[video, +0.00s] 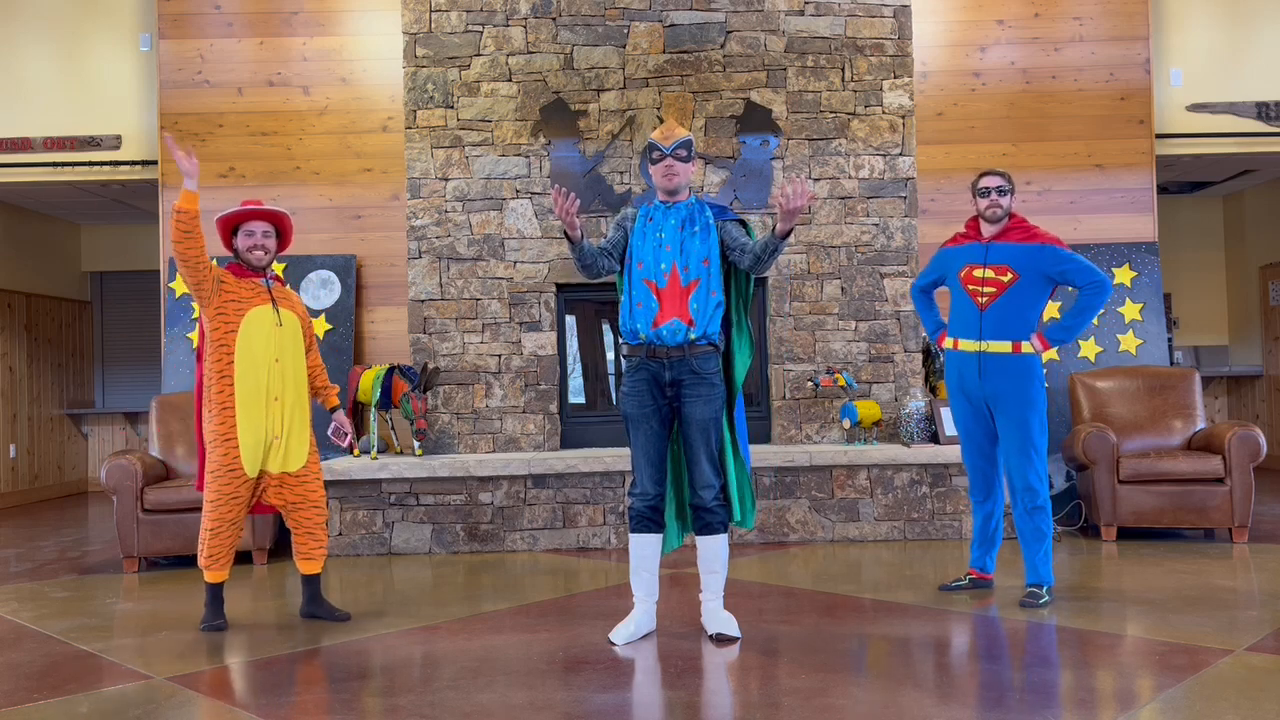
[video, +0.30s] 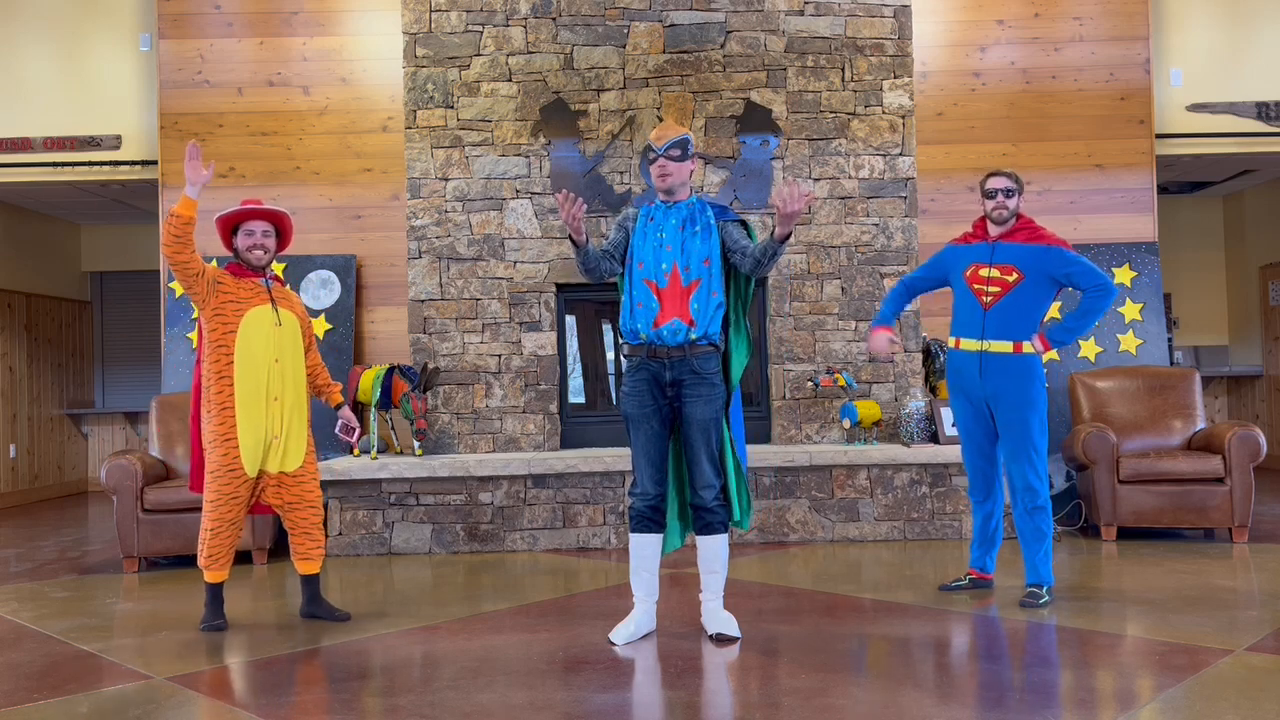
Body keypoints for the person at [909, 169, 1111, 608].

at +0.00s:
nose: (993, 198)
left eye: (1001, 192)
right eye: (985, 192)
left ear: (1013, 200)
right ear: (974, 202)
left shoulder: (1038, 249)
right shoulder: (951, 252)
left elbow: (1098, 285)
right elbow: (920, 289)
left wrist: (1054, 335)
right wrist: (938, 332)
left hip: (1017, 374)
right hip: (963, 374)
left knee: (1027, 480)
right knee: (981, 479)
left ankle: (1039, 581)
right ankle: (981, 572)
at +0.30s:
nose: (1000, 201)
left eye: (1008, 193)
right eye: (992, 194)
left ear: (1020, 200)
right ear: (981, 202)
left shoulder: (1045, 250)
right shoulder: (958, 252)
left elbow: (1102, 290)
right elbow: (907, 286)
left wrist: (1054, 336)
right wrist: (882, 322)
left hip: (1017, 376)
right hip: (965, 377)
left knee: (1028, 481)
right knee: (981, 480)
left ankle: (1038, 581)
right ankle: (981, 571)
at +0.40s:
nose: (997, 202)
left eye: (1005, 194)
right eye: (989, 196)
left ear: (1019, 200)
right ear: (979, 204)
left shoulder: (1044, 250)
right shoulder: (959, 250)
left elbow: (1102, 287)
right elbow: (912, 269)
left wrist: (1055, 337)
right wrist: (870, 278)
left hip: (1019, 375)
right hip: (966, 375)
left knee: (1028, 480)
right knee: (981, 479)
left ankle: (1039, 581)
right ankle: (981, 571)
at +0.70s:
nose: (989, 204)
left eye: (996, 196)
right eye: (980, 199)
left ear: (1010, 199)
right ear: (971, 207)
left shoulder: (1039, 246)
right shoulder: (953, 249)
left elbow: (1101, 283)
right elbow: (899, 240)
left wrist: (1056, 335)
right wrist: (916, 193)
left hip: (1020, 373)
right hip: (967, 373)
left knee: (1029, 479)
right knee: (983, 477)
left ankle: (1039, 581)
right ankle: (981, 571)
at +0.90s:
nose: (990, 203)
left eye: (997, 195)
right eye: (981, 198)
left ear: (1011, 200)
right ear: (971, 207)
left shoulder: (1040, 247)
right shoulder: (953, 248)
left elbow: (1101, 284)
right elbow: (899, 236)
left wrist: (1056, 335)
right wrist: (917, 192)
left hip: (1020, 373)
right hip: (967, 373)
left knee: (1029, 479)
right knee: (982, 477)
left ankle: (1039, 581)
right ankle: (981, 571)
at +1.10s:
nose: (993, 204)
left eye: (1000, 196)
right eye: (984, 199)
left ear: (1012, 202)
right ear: (974, 208)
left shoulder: (1041, 249)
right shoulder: (954, 249)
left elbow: (1102, 283)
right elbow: (901, 235)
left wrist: (1055, 335)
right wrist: (907, 190)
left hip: (1020, 371)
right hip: (966, 372)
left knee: (1029, 478)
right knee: (982, 477)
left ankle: (1039, 581)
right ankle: (981, 572)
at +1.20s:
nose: (992, 205)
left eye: (999, 197)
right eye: (983, 200)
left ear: (1012, 201)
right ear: (973, 208)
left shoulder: (1041, 250)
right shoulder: (955, 249)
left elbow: (1102, 284)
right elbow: (901, 234)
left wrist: (1056, 335)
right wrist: (907, 187)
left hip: (1020, 373)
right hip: (967, 374)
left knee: (1029, 478)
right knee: (982, 477)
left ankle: (1039, 581)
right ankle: (981, 572)